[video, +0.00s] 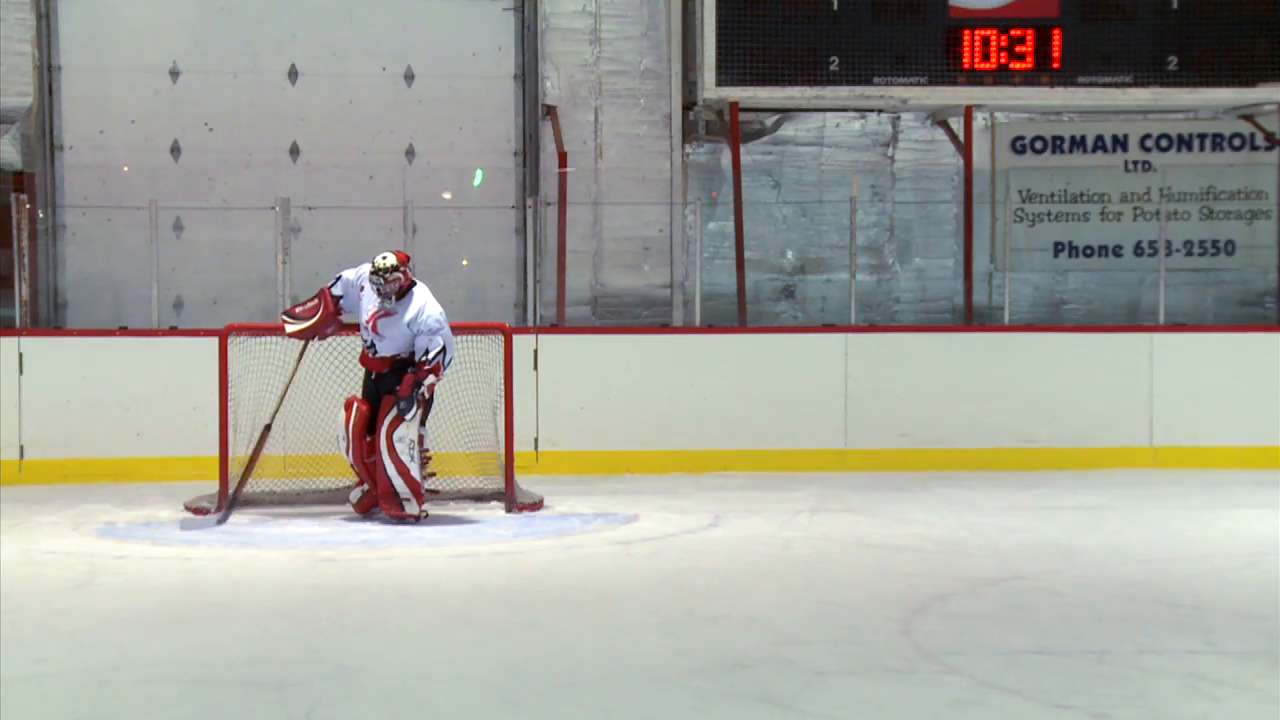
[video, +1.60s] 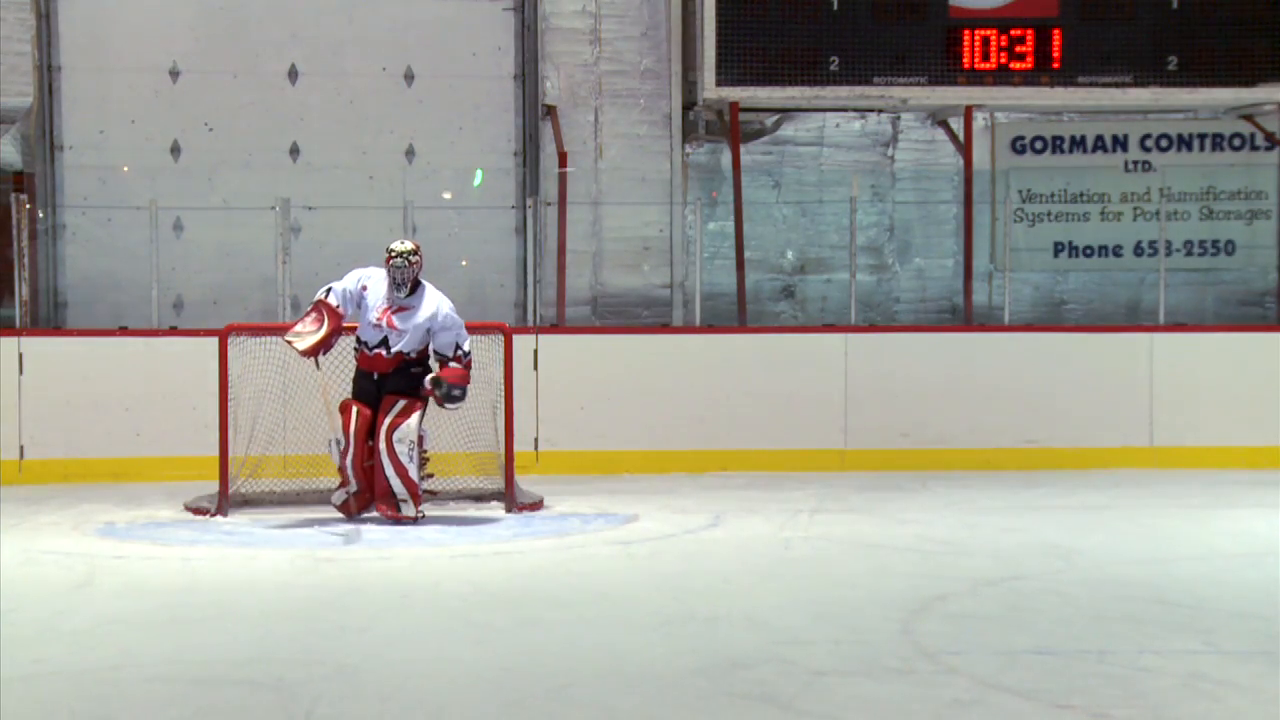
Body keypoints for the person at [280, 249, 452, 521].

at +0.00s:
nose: (387, 288)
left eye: (393, 281)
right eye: (381, 282)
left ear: (405, 277)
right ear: (374, 279)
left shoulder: (423, 307)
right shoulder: (367, 279)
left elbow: (435, 356)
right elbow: (340, 287)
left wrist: (413, 386)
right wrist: (318, 312)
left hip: (405, 375)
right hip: (374, 372)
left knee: (393, 437)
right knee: (365, 433)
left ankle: (404, 501)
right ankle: (373, 491)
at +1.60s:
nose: (400, 273)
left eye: (407, 267)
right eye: (395, 266)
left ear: (418, 268)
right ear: (387, 266)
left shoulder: (436, 306)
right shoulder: (367, 282)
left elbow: (458, 351)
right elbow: (333, 296)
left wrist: (451, 380)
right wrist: (316, 327)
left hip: (406, 380)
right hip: (366, 375)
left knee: (391, 438)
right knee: (355, 434)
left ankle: (399, 506)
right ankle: (356, 496)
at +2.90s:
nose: (384, 262)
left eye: (391, 256)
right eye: (380, 256)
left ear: (402, 259)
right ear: (372, 258)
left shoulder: (418, 293)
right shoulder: (354, 284)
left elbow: (445, 333)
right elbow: (337, 333)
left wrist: (441, 357)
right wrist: (326, 367)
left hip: (400, 379)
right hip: (359, 378)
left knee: (390, 435)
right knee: (341, 429)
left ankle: (399, 506)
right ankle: (346, 501)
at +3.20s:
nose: (369, 264)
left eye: (374, 258)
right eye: (362, 259)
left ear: (384, 259)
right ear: (354, 261)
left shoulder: (405, 290)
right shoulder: (336, 290)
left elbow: (437, 313)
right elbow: (322, 338)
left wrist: (462, 321)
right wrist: (318, 373)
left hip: (391, 376)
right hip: (349, 376)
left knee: (389, 435)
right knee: (340, 434)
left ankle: (400, 503)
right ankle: (339, 503)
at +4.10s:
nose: (343, 261)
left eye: (347, 255)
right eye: (336, 256)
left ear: (356, 256)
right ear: (326, 259)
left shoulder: (376, 285)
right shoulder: (313, 287)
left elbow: (407, 308)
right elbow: (292, 319)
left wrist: (441, 306)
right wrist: (304, 332)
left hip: (367, 371)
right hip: (326, 374)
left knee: (384, 426)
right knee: (331, 429)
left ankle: (384, 496)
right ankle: (335, 498)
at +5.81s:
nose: (347, 263)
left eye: (352, 257)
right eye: (341, 257)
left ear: (361, 259)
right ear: (331, 260)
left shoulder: (379, 286)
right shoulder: (313, 288)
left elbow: (411, 309)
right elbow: (288, 318)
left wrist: (445, 308)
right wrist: (264, 319)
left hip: (368, 373)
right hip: (326, 375)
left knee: (385, 431)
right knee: (330, 435)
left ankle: (386, 500)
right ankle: (333, 502)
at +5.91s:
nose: (349, 265)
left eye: (354, 259)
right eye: (343, 259)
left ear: (362, 260)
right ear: (333, 260)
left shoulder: (379, 286)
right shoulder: (314, 287)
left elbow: (416, 307)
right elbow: (282, 313)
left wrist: (450, 309)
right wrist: (251, 312)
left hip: (368, 372)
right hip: (326, 374)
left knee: (382, 430)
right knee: (331, 433)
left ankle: (387, 498)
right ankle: (332, 501)